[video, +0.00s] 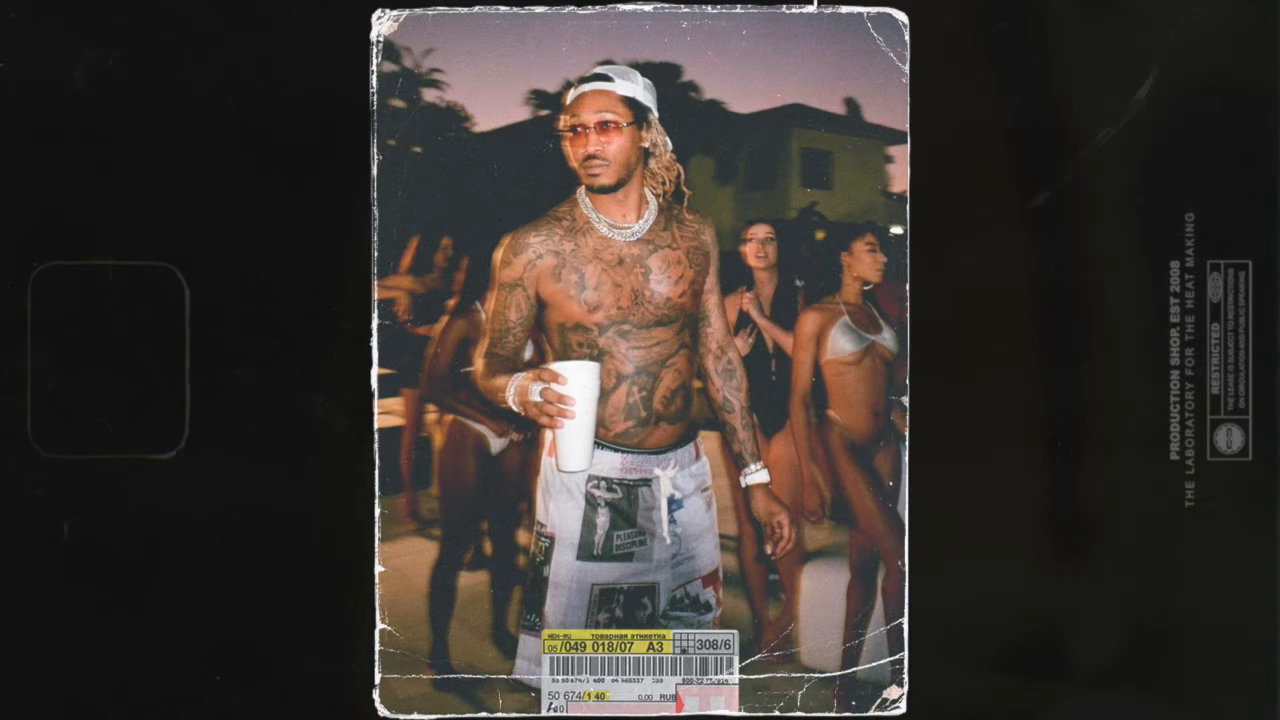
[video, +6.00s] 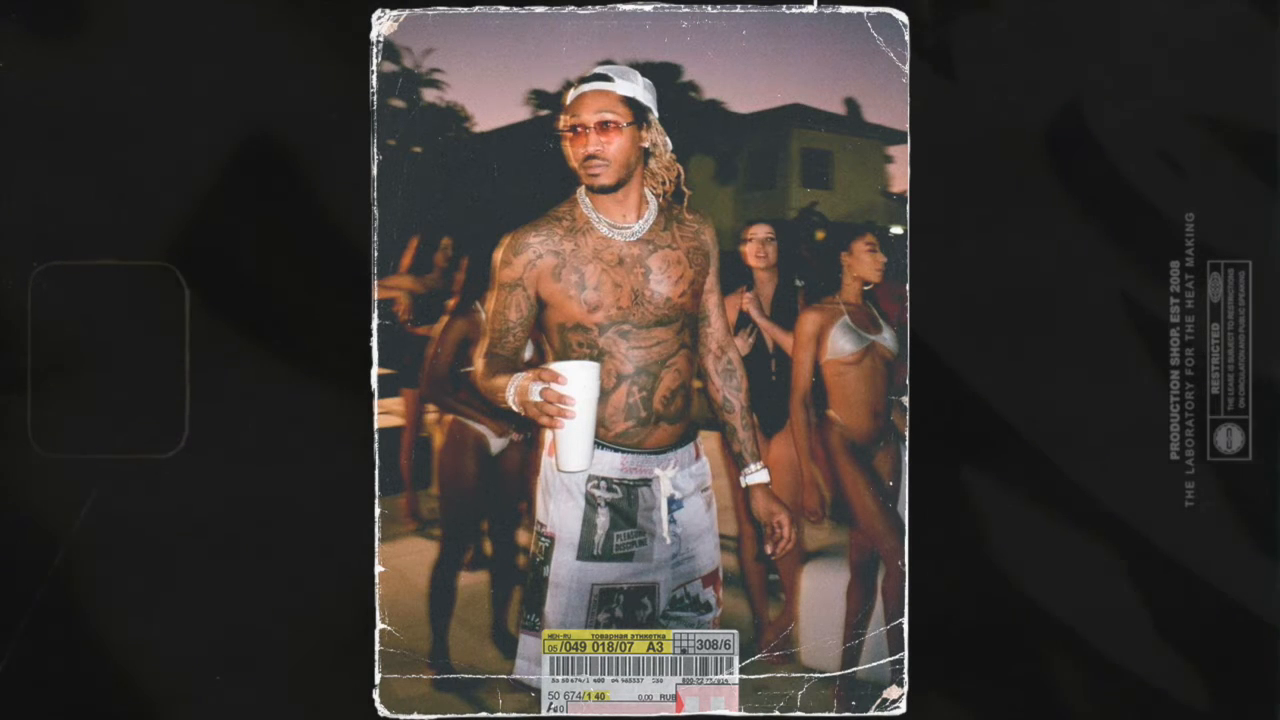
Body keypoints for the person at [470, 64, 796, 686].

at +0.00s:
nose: (590, 143)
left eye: (608, 126)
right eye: (576, 130)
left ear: (646, 138)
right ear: (565, 144)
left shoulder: (693, 236)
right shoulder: (532, 248)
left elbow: (720, 358)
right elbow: (491, 365)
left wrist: (756, 481)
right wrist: (516, 389)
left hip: (681, 477)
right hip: (582, 481)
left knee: (689, 662)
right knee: (574, 666)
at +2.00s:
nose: (590, 143)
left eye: (608, 126)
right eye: (576, 130)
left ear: (646, 139)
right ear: (565, 144)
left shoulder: (693, 235)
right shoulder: (533, 248)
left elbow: (720, 358)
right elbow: (491, 365)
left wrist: (756, 482)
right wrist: (517, 389)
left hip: (681, 476)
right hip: (583, 481)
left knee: (689, 661)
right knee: (574, 667)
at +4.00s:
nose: (590, 143)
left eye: (608, 126)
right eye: (576, 130)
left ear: (646, 138)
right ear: (565, 143)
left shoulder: (693, 236)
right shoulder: (532, 248)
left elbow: (720, 358)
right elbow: (490, 366)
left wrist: (756, 481)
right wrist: (516, 389)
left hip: (681, 477)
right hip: (582, 482)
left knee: (690, 663)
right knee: (573, 667)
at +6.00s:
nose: (590, 143)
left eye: (608, 126)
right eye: (576, 130)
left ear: (646, 138)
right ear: (565, 143)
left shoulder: (693, 235)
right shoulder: (532, 247)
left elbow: (720, 358)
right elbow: (491, 364)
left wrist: (756, 482)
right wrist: (516, 389)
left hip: (681, 476)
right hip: (583, 481)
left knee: (689, 663)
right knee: (573, 668)